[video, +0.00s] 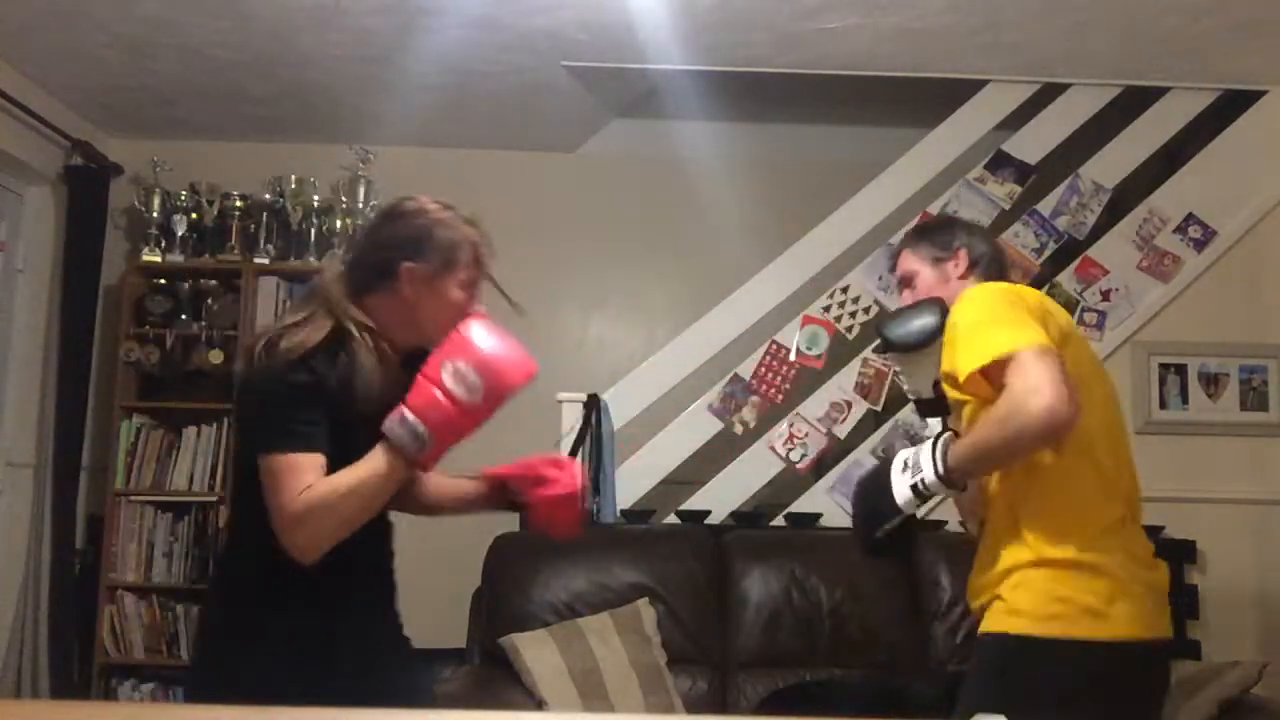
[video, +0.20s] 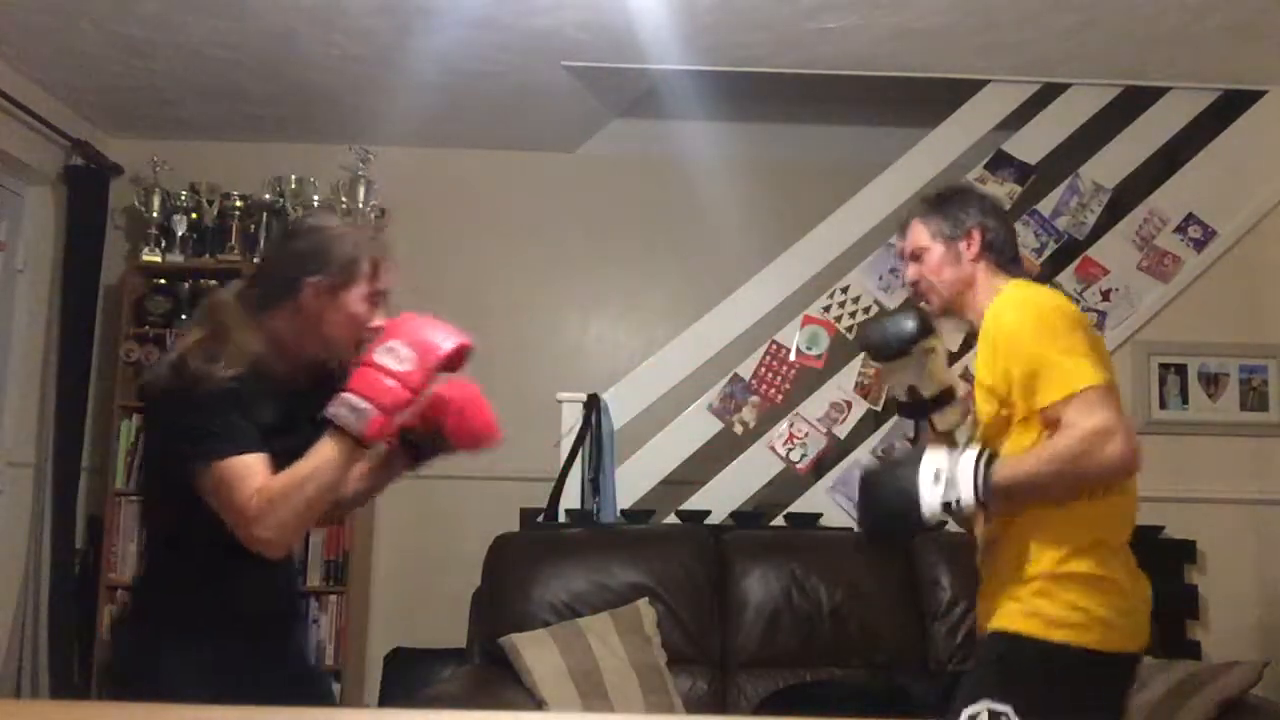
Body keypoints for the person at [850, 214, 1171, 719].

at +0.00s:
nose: (903, 302)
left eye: (909, 281)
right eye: (899, 290)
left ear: (959, 264)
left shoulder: (989, 300)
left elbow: (1043, 403)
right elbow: (990, 515)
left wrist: (929, 468)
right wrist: (934, 415)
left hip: (1051, 631)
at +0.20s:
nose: (908, 275)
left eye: (917, 255)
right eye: (905, 262)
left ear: (971, 245)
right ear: (970, 249)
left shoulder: (1026, 308)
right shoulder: (1007, 328)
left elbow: (1106, 443)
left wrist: (960, 479)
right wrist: (932, 390)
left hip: (1061, 621)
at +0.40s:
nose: (879, 267)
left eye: (890, 246)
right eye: (876, 253)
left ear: (946, 238)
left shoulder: (1010, 313)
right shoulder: (964, 346)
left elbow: (1074, 461)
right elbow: (964, 504)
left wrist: (941, 414)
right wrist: (886, 447)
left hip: (1044, 638)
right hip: (1003, 635)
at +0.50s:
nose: (858, 268)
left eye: (867, 245)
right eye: (855, 252)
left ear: (924, 234)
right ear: (921, 238)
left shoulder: (985, 311)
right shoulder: (961, 329)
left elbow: (1015, 481)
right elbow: (959, 504)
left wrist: (879, 427)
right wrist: (880, 426)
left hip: (1020, 638)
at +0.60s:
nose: (845, 247)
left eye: (854, 226)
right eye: (841, 233)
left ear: (909, 212)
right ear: (905, 217)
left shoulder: (959, 286)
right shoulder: (952, 294)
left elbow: (986, 448)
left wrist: (838, 405)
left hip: (1001, 627)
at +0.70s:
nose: (841, 254)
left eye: (849, 232)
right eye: (837, 239)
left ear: (901, 218)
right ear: (903, 219)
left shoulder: (934, 294)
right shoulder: (1000, 300)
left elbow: (926, 442)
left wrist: (789, 399)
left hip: (984, 649)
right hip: (1050, 642)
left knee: (784, 709)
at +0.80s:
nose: (848, 256)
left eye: (852, 234)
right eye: (842, 240)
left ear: (904, 220)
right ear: (913, 221)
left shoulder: (929, 294)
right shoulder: (1018, 306)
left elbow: (859, 407)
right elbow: (927, 455)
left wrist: (730, 335)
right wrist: (827, 377)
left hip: (980, 654)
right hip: (1064, 648)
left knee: (784, 705)